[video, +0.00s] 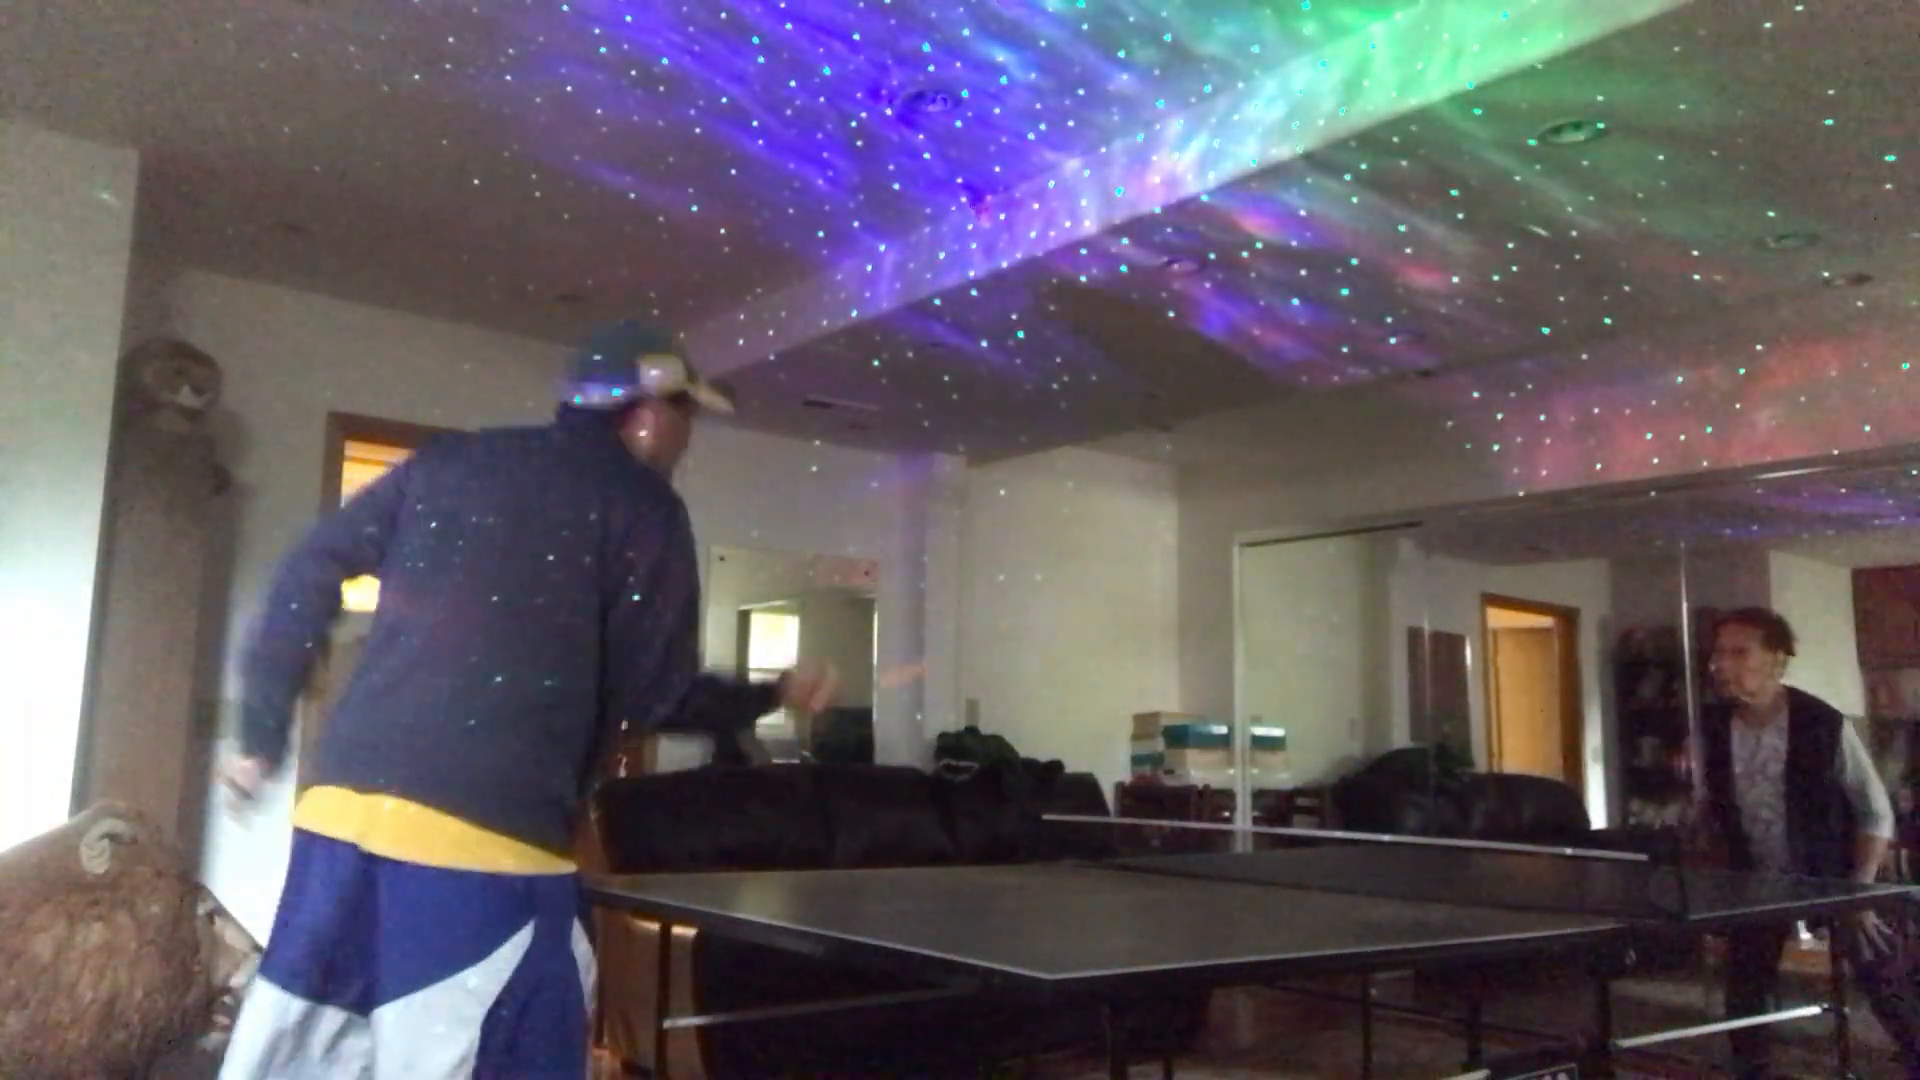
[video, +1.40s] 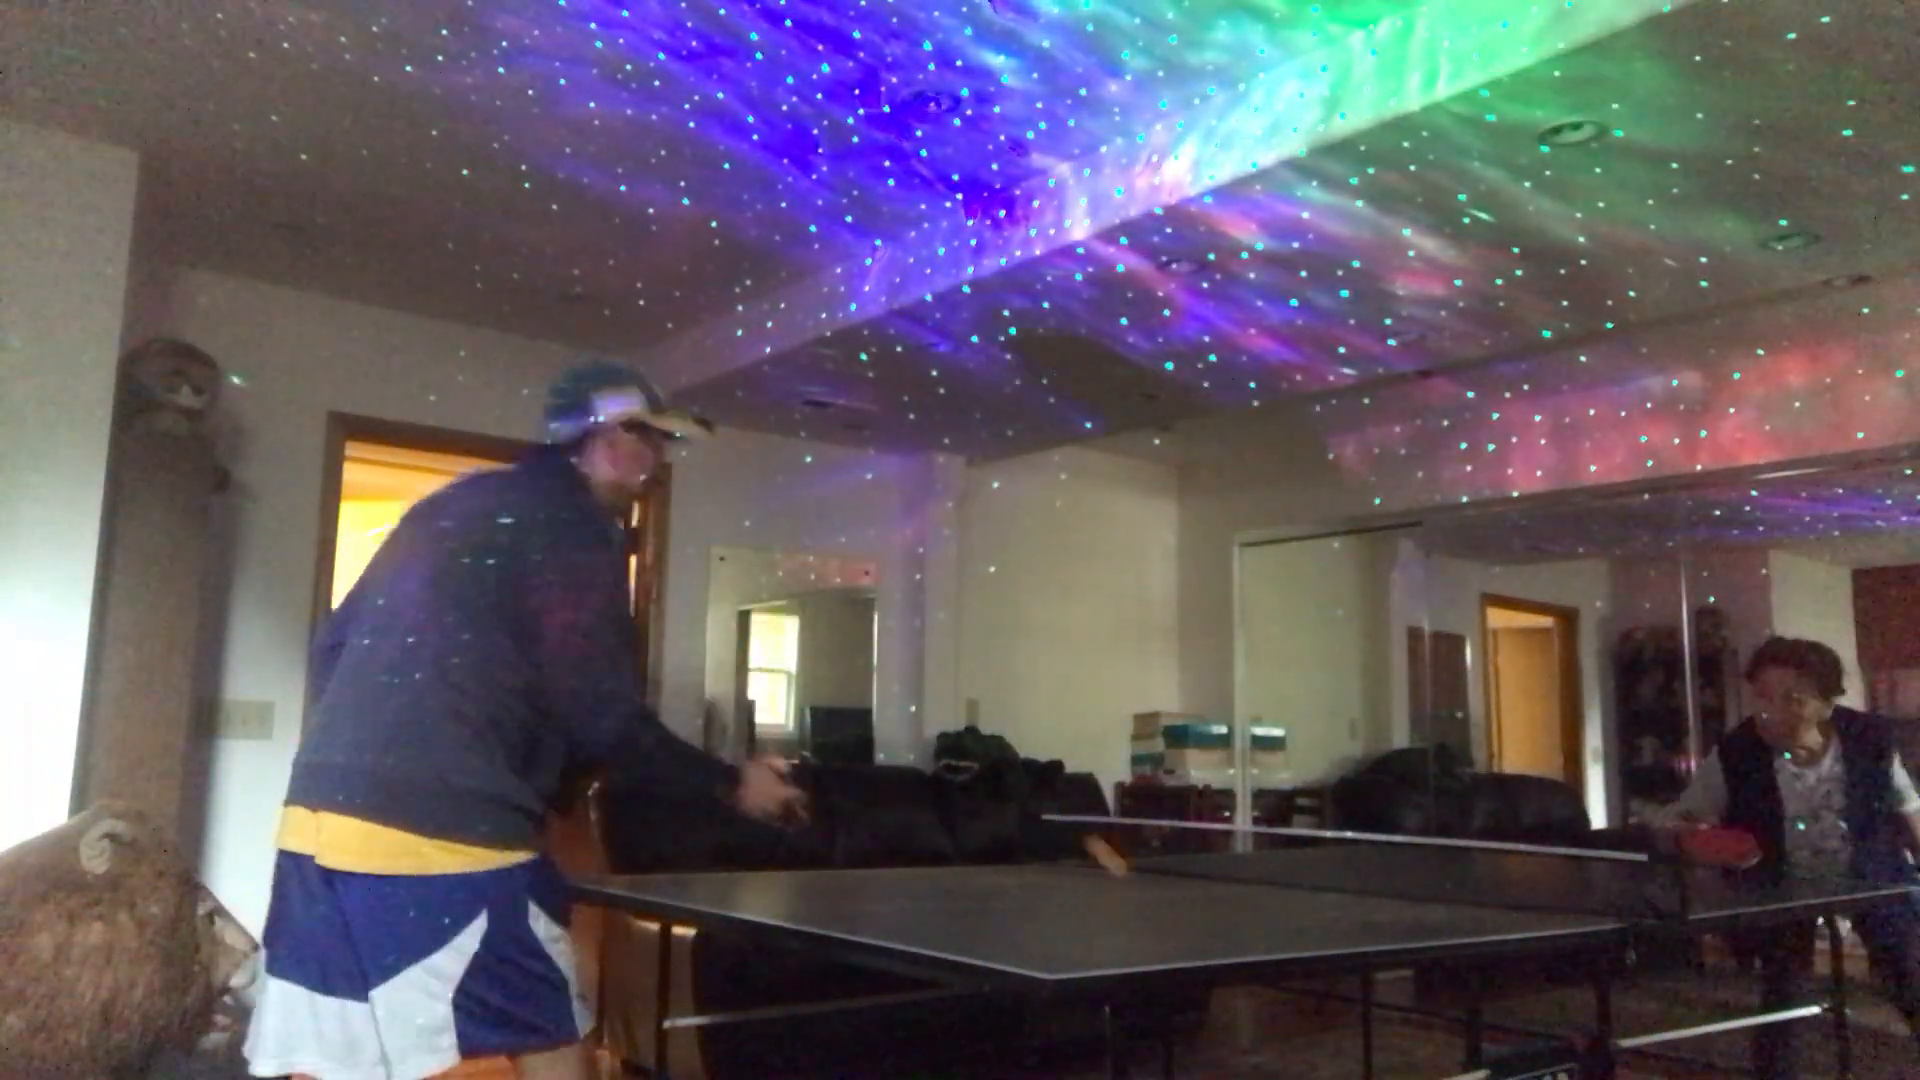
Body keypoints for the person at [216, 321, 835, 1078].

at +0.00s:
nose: (687, 437)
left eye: (690, 416)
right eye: (682, 413)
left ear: (577, 400)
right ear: (642, 410)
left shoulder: (450, 458)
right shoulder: (641, 502)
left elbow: (312, 562)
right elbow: (653, 693)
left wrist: (256, 730)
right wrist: (773, 696)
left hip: (340, 804)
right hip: (488, 830)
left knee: (292, 1051)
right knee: (492, 1059)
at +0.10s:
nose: (671, 403)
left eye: (672, 384)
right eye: (666, 383)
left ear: (562, 377)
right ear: (627, 383)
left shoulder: (440, 450)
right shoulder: (637, 490)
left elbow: (290, 548)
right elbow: (718, 656)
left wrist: (220, 709)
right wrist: (825, 595)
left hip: (355, 811)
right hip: (501, 836)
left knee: (308, 1043)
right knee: (510, 1057)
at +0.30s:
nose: (654, 380)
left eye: (649, 358)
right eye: (643, 357)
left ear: (545, 368)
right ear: (597, 366)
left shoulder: (429, 459)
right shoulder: (615, 480)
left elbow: (323, 613)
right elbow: (732, 616)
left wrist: (286, 787)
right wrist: (825, 505)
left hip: (368, 831)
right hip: (504, 847)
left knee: (368, 1066)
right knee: (516, 1064)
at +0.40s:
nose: (641, 373)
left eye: (638, 352)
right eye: (628, 350)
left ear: (535, 362)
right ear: (582, 361)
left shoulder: (418, 465)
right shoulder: (590, 471)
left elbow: (339, 634)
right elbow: (680, 641)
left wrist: (361, 781)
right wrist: (797, 552)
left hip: (368, 826)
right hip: (504, 839)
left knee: (376, 1066)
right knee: (522, 1063)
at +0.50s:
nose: (633, 374)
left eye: (631, 352)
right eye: (620, 350)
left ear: (537, 362)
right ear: (567, 358)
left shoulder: (414, 465)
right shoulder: (565, 462)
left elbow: (354, 649)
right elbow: (606, 653)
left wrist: (419, 746)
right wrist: (752, 626)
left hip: (370, 828)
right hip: (497, 842)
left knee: (374, 1067)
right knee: (521, 1063)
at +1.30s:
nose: (630, 437)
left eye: (631, 416)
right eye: (621, 413)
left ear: (545, 411)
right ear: (570, 412)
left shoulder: (424, 490)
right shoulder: (540, 500)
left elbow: (329, 640)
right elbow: (555, 682)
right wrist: (697, 732)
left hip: (326, 821)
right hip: (448, 826)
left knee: (332, 1060)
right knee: (556, 1050)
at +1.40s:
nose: (663, 461)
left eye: (663, 443)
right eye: (651, 438)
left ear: (590, 437)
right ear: (599, 437)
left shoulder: (444, 505)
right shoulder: (576, 527)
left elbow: (333, 641)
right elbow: (601, 718)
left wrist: (351, 771)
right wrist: (732, 783)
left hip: (317, 823)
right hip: (445, 830)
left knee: (322, 1062)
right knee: (552, 1053)